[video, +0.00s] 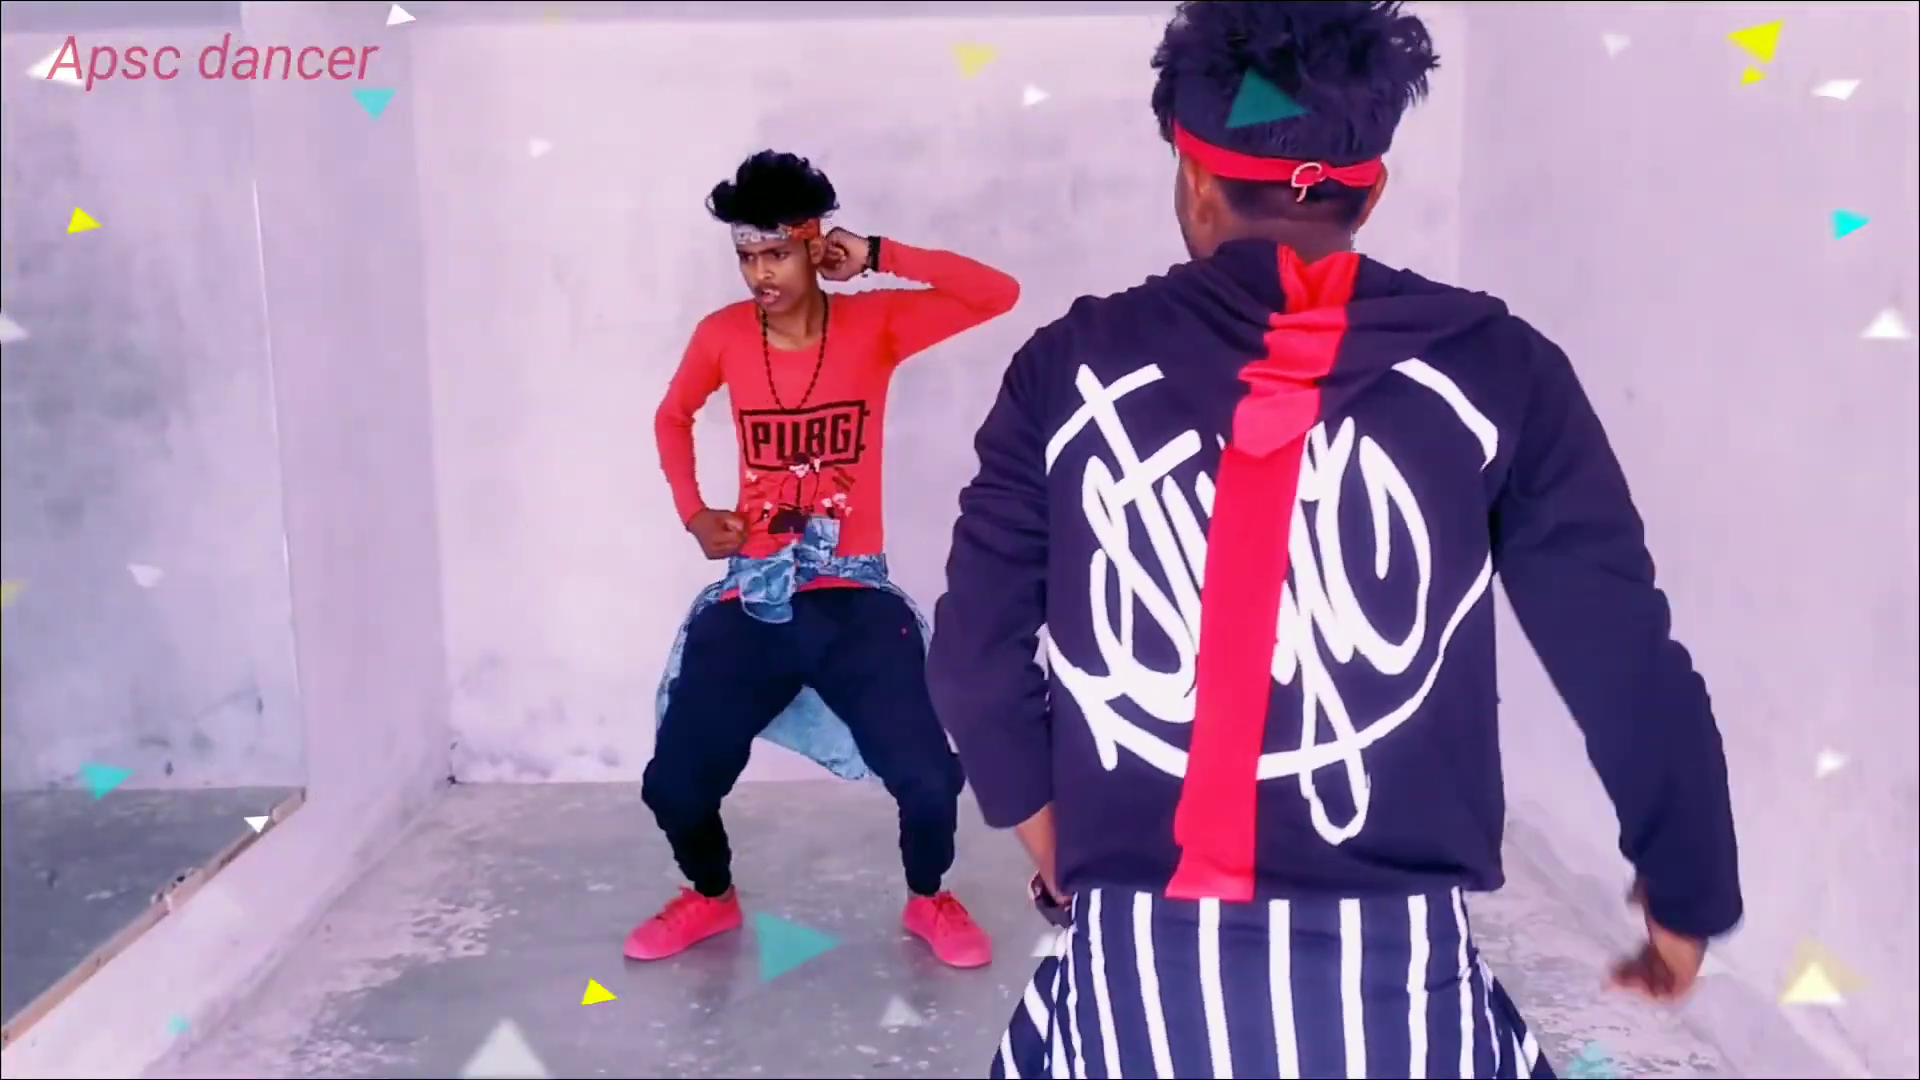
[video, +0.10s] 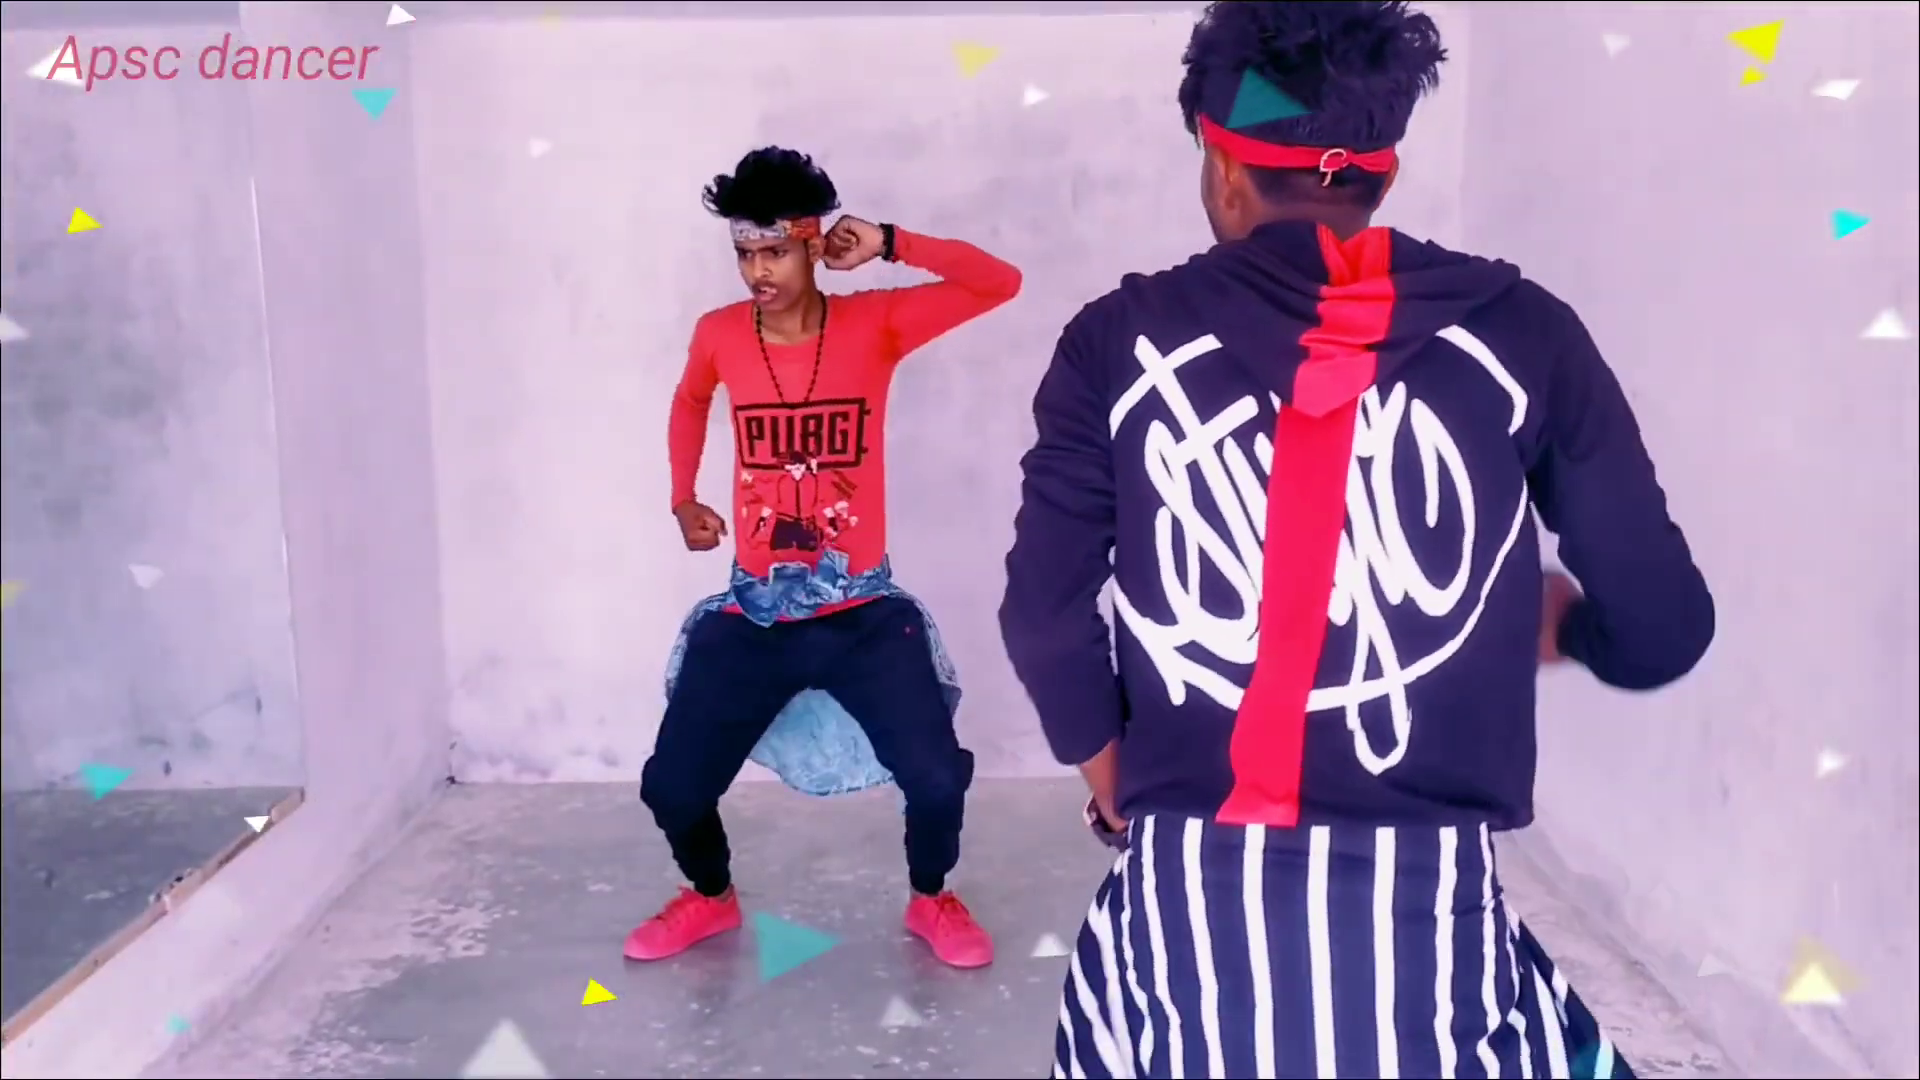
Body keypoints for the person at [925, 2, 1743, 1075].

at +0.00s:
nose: (1181, 191)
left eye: (1179, 170)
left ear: (1191, 176)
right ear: (1375, 194)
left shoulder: (1071, 366)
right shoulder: (1495, 366)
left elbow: (972, 652)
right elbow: (1625, 661)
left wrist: (1037, 811)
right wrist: (1687, 895)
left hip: (1129, 993)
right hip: (1399, 999)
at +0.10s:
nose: (1207, 178)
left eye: (1204, 150)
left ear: (1221, 157)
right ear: (1389, 167)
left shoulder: (1119, 340)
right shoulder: (1520, 326)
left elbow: (1042, 612)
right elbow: (1664, 632)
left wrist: (1104, 757)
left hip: (1181, 946)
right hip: (1434, 953)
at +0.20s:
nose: (1224, 187)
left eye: (1224, 162)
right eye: (1227, 161)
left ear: (1243, 165)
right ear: (1393, 173)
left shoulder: (1155, 338)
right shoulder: (1509, 311)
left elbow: (1109, 593)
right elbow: (1624, 534)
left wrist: (1155, 723)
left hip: (1236, 843)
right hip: (1448, 844)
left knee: (1169, 1055)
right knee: (1469, 1060)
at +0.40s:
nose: (1221, 222)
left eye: (1223, 198)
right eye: (1226, 196)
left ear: (1244, 203)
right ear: (1374, 192)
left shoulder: (1196, 356)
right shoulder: (1477, 309)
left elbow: (1194, 597)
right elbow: (1497, 432)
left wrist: (1222, 698)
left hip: (1303, 723)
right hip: (1460, 710)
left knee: (1329, 980)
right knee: (1474, 966)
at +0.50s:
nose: (1218, 222)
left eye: (1221, 199)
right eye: (1221, 197)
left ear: (1245, 207)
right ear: (1357, 202)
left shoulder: (1210, 344)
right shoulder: (1458, 308)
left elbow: (1215, 531)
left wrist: (1218, 665)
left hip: (1302, 722)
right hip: (1449, 714)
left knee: (1320, 988)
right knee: (1472, 970)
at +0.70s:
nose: (1225, 203)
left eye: (1226, 182)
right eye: (1222, 184)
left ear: (1251, 187)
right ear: (1347, 182)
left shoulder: (1249, 304)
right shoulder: (1432, 284)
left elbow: (1273, 504)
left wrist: (1232, 632)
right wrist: (1258, 260)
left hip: (1310, 681)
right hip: (1432, 671)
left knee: (1291, 957)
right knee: (1394, 945)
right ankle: (1408, 1068)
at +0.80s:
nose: (1229, 204)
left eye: (1230, 184)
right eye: (1228, 184)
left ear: (1261, 188)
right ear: (1341, 184)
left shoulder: (1270, 295)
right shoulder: (1415, 275)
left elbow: (1307, 482)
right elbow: (1333, 339)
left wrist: (1245, 617)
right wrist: (1225, 270)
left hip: (1321, 640)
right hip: (1421, 633)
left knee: (1278, 917)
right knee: (1381, 850)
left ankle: (1336, 1068)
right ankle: (1375, 1043)